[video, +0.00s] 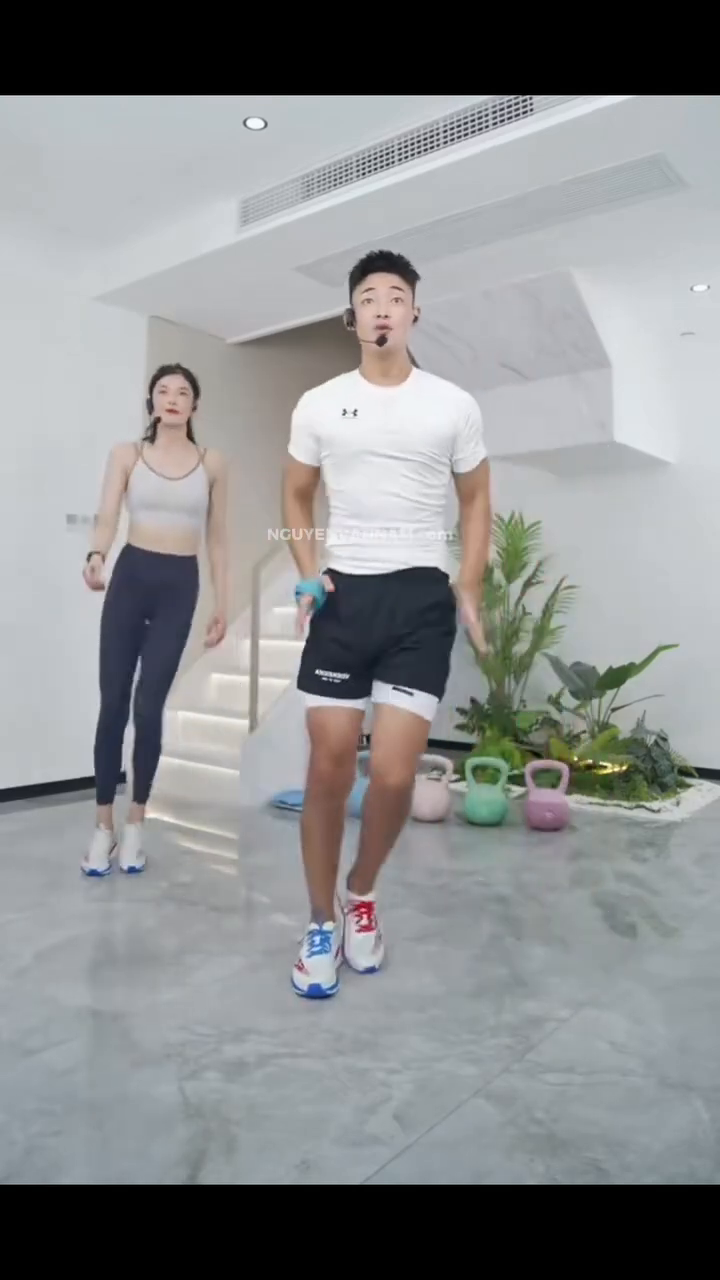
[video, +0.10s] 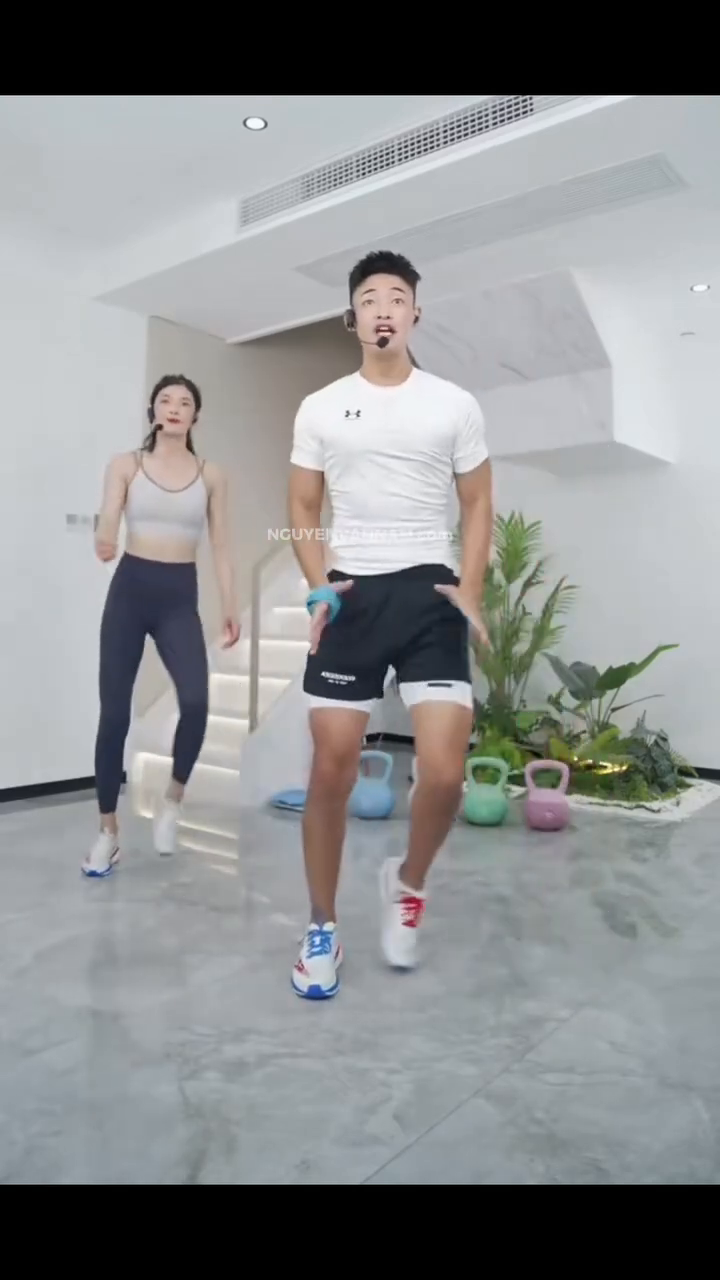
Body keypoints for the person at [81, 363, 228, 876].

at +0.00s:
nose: (173, 399)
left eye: (182, 393)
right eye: (165, 391)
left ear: (195, 405)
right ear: (151, 400)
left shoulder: (212, 463)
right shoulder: (128, 455)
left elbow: (218, 538)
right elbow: (107, 519)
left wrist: (223, 605)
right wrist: (96, 555)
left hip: (181, 586)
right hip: (130, 579)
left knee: (148, 706)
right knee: (113, 704)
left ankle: (136, 821)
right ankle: (104, 823)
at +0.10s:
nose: (175, 408)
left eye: (184, 403)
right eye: (167, 401)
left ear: (196, 416)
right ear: (152, 411)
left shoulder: (211, 474)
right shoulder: (127, 464)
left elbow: (221, 547)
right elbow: (106, 542)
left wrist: (230, 609)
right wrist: (110, 514)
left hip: (180, 600)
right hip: (128, 594)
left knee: (197, 705)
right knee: (114, 715)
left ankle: (173, 801)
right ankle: (108, 829)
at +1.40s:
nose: (191, 439)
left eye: (202, 434)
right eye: (187, 429)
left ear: (214, 440)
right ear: (175, 428)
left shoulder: (212, 488)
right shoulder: (146, 462)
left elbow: (251, 475)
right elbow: (116, 395)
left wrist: (235, 422)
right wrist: (174, 378)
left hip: (173, 607)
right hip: (123, 600)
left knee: (217, 711)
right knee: (103, 715)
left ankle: (238, 808)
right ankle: (104, 829)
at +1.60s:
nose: (177, 423)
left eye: (187, 416)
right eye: (171, 413)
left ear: (201, 422)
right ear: (158, 413)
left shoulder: (205, 469)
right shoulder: (132, 450)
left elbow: (254, 458)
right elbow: (91, 400)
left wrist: (227, 407)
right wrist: (143, 370)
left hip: (166, 591)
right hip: (118, 585)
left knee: (135, 712)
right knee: (106, 712)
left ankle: (136, 813)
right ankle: (102, 825)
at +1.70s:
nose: (173, 423)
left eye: (184, 416)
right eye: (167, 413)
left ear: (197, 422)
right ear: (154, 413)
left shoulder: (204, 470)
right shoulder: (130, 454)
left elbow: (256, 461)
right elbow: (84, 412)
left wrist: (226, 410)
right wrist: (133, 378)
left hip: (166, 594)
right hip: (117, 588)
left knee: (142, 715)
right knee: (105, 711)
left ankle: (132, 818)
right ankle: (101, 825)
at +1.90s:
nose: (183, 417)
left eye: (192, 411)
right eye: (175, 408)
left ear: (203, 422)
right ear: (160, 413)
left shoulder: (209, 475)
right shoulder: (134, 461)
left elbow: (260, 499)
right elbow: (72, 464)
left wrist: (249, 431)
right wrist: (77, 399)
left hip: (182, 600)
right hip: (130, 595)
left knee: (223, 704)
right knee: (109, 714)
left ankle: (224, 788)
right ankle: (105, 828)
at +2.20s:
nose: (225, 408)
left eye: (234, 402)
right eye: (217, 400)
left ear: (247, 415)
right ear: (204, 411)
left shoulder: (262, 469)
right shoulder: (182, 468)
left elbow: (294, 524)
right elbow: (151, 535)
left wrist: (291, 542)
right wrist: (112, 573)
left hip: (253, 598)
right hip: (203, 601)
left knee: (266, 714)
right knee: (148, 708)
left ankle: (281, 827)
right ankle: (116, 821)